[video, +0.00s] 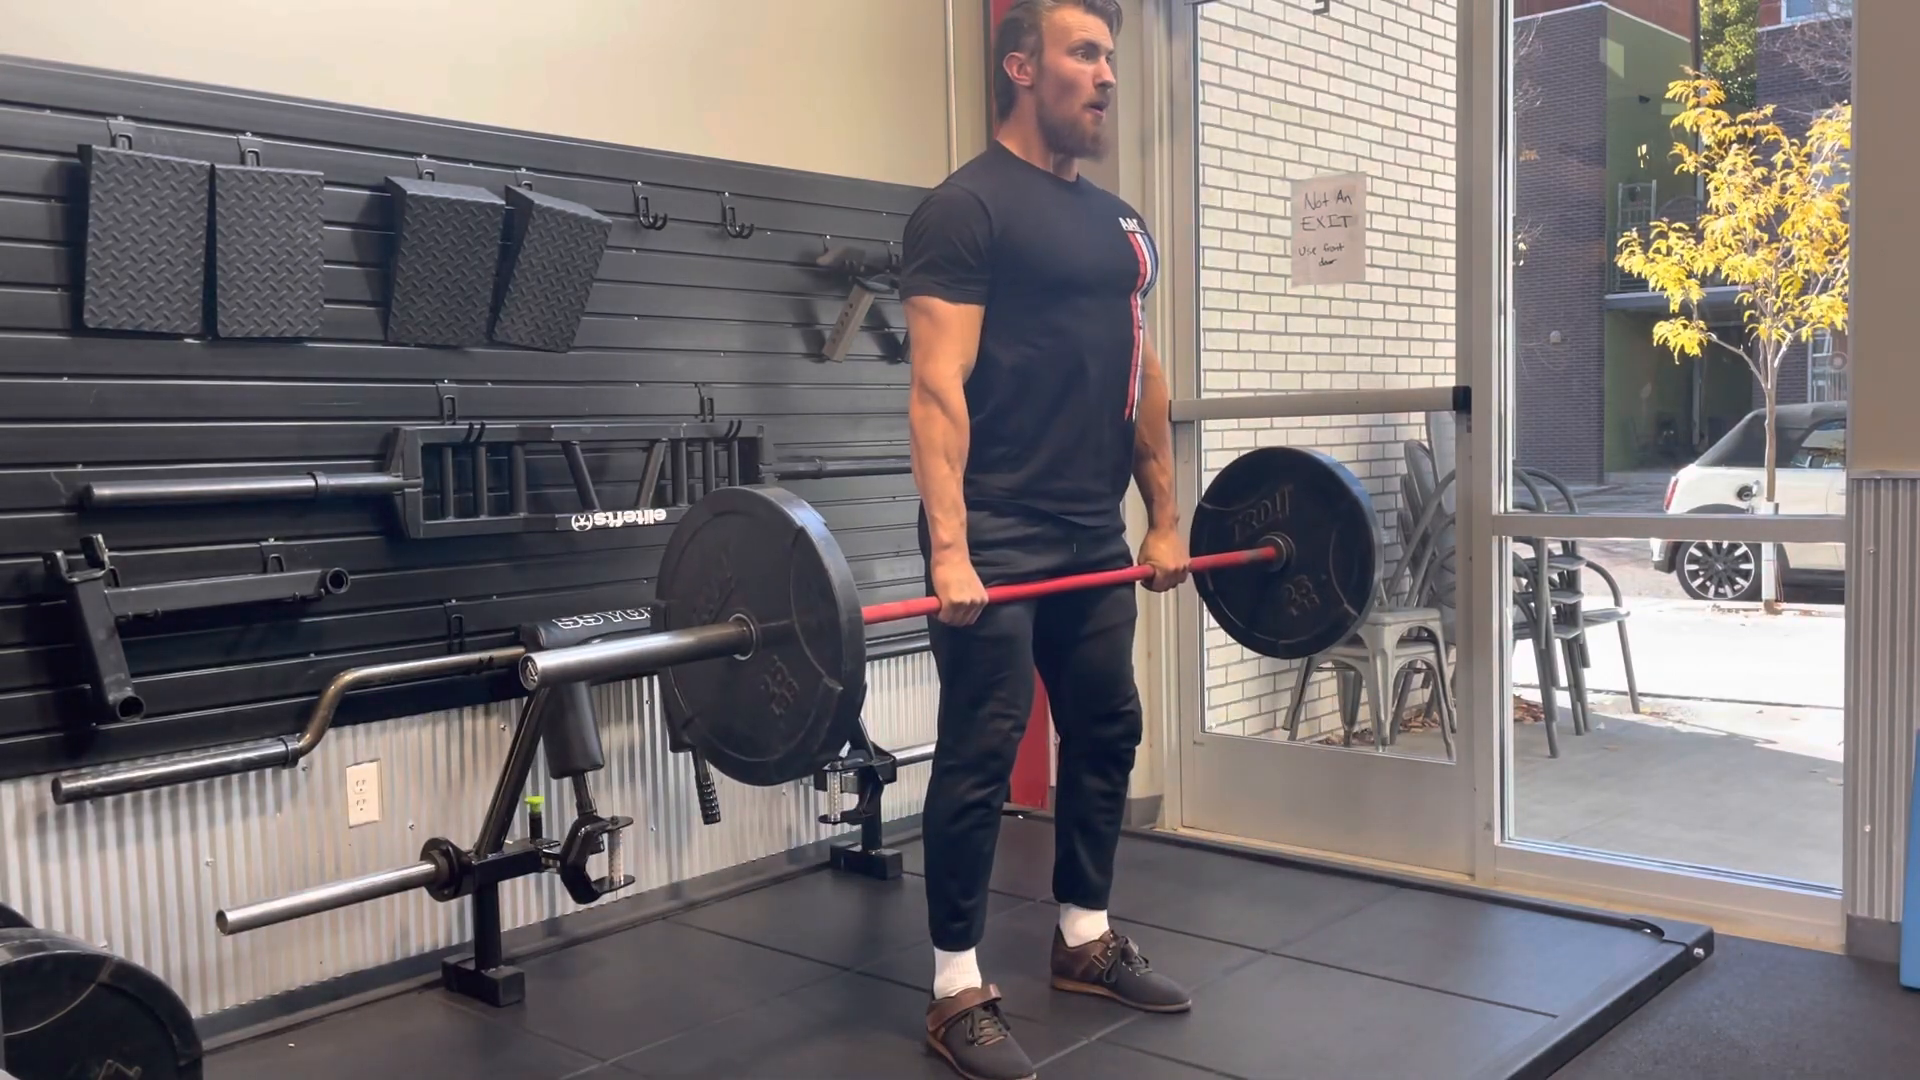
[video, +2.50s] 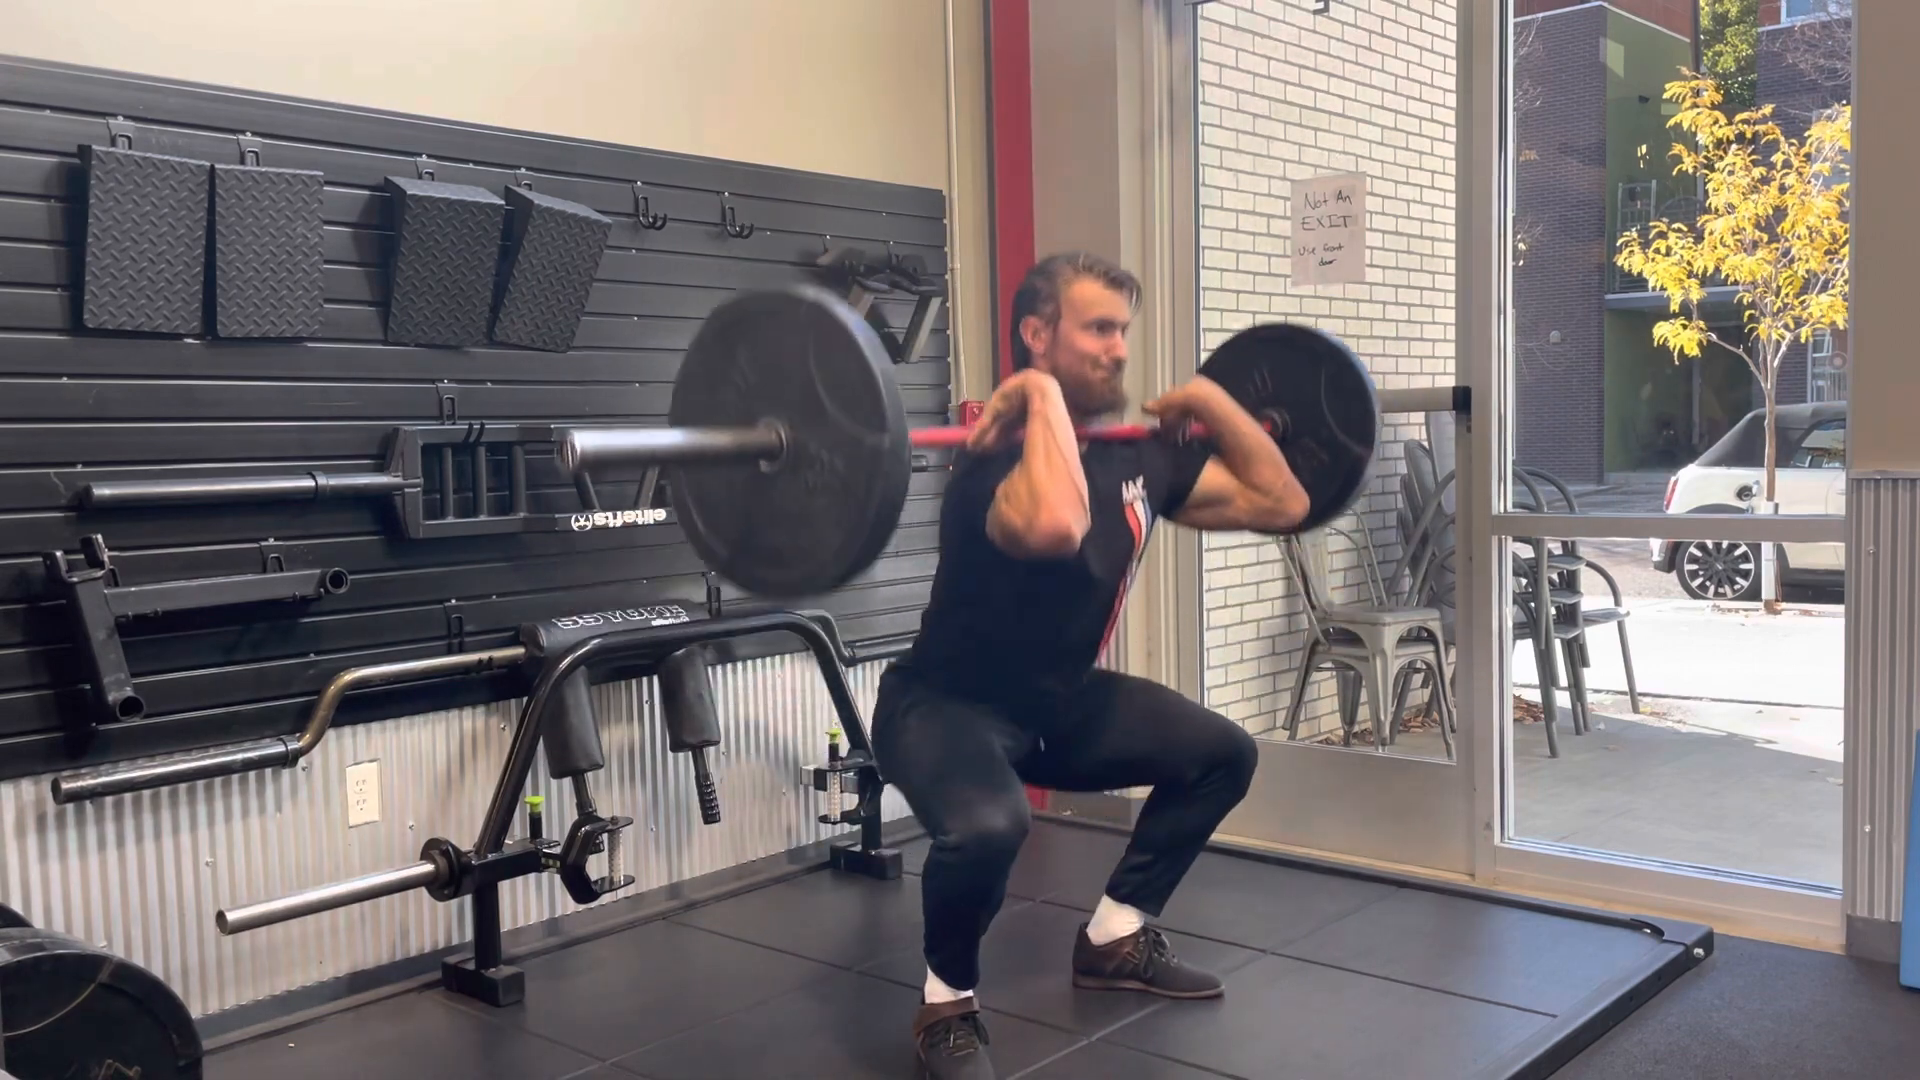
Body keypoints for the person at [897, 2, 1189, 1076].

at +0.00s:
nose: (1108, 76)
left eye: (1111, 59)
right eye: (1087, 54)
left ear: (1101, 79)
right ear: (1019, 69)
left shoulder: (1119, 222)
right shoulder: (962, 207)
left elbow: (1140, 373)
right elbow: (936, 392)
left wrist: (1164, 516)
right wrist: (947, 547)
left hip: (1091, 527)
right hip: (988, 531)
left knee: (1104, 732)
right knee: (982, 749)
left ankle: (1084, 939)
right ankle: (957, 986)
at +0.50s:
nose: (1101, 77)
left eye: (1104, 60)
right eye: (1079, 55)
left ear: (1089, 80)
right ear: (1012, 70)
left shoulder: (1113, 220)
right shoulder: (956, 208)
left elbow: (1137, 378)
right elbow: (932, 394)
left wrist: (1159, 519)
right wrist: (946, 548)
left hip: (1088, 527)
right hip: (986, 531)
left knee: (1103, 731)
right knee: (981, 749)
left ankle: (1084, 937)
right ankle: (958, 984)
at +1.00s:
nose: (1188, 131)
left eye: (1188, 114)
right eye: (1163, 110)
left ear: (1168, 141)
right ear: (1094, 133)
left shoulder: (1165, 285)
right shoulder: (1009, 268)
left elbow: (1155, 439)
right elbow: (946, 446)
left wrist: (1150, 575)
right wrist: (943, 607)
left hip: (1043, 535)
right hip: (944, 535)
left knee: (1098, 721)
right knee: (965, 739)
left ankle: (1083, 938)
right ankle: (954, 988)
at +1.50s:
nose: (1105, 114)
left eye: (1109, 98)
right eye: (1084, 93)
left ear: (1094, 114)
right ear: (1019, 105)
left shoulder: (1102, 242)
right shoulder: (952, 228)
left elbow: (1129, 375)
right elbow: (875, 370)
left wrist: (1198, 475)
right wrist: (972, 475)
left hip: (1064, 539)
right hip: (959, 540)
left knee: (1146, 711)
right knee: (1003, 726)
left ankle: (1099, 922)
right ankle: (954, 987)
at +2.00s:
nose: (1115, 434)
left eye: (1119, 415)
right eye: (1093, 413)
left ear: (1127, 423)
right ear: (1031, 423)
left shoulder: (1140, 540)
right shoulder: (994, 545)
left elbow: (1279, 598)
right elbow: (1056, 631)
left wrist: (1214, 487)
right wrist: (1045, 493)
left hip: (1051, 763)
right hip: (929, 767)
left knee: (1213, 759)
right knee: (1004, 821)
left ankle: (1112, 942)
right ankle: (949, 1007)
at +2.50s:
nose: (1119, 348)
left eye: (1123, 330)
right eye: (1099, 329)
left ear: (1126, 341)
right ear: (1036, 337)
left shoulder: (1138, 458)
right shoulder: (992, 455)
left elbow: (1280, 502)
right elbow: (1056, 525)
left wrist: (1210, 403)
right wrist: (1043, 392)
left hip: (1061, 702)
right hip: (946, 703)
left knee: (1222, 753)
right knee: (987, 826)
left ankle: (1113, 938)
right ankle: (947, 1000)